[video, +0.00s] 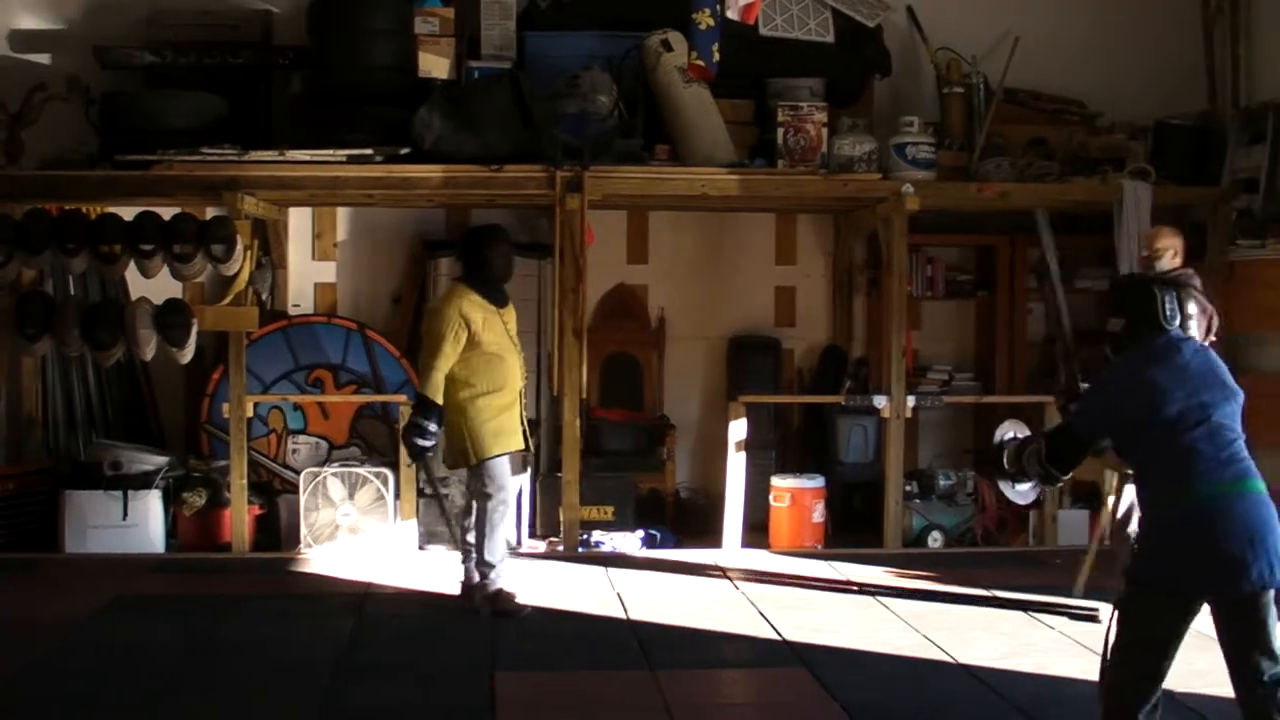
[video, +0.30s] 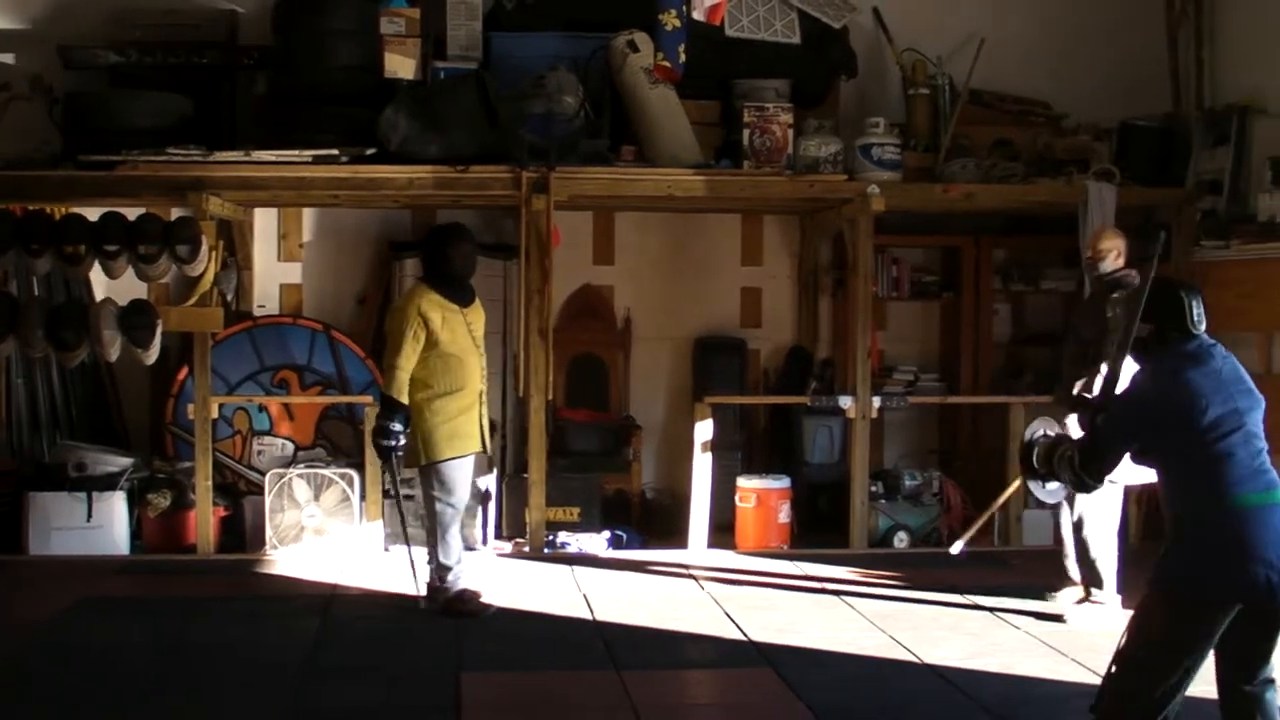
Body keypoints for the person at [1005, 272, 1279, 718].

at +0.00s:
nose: (1110, 330)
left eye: (1115, 319)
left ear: (1127, 322)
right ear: (1177, 315)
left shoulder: (1121, 378)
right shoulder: (1212, 361)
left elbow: (1055, 455)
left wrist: (1012, 455)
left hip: (1175, 539)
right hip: (1250, 529)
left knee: (1129, 684)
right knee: (1263, 680)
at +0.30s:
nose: (1133, 334)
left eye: (1137, 324)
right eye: (1136, 324)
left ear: (1149, 328)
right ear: (1196, 321)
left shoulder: (1153, 384)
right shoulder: (1230, 367)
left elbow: (1087, 468)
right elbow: (1169, 441)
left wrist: (1044, 448)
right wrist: (1104, 410)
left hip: (1209, 552)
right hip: (1274, 546)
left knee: (1130, 696)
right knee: (1251, 684)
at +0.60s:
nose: (1102, 325)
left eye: (1106, 315)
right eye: (1103, 315)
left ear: (1117, 319)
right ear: (1166, 314)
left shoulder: (1123, 376)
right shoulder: (1196, 365)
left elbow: (1057, 461)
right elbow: (1147, 436)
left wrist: (1022, 429)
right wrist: (1080, 409)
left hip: (1172, 547)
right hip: (1235, 543)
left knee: (1106, 674)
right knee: (1202, 678)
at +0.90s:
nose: (1010, 327)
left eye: (1015, 316)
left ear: (1026, 320)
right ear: (1076, 312)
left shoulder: (1028, 377)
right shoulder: (1104, 363)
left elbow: (962, 456)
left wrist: (933, 419)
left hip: (1084, 551)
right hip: (1148, 544)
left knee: (1039, 687)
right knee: (1140, 682)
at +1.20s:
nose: (929, 324)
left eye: (934, 313)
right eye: (930, 312)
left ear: (949, 315)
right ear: (992, 307)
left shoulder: (962, 371)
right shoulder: (1017, 357)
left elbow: (892, 448)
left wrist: (852, 423)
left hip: (1020, 553)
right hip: (1070, 542)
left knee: (984, 693)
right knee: (1034, 681)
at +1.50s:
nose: (851, 332)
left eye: (857, 320)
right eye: (853, 319)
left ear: (874, 326)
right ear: (917, 313)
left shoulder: (897, 376)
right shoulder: (937, 360)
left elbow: (843, 468)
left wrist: (787, 468)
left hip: (960, 541)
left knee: (940, 681)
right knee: (915, 648)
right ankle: (918, 709)